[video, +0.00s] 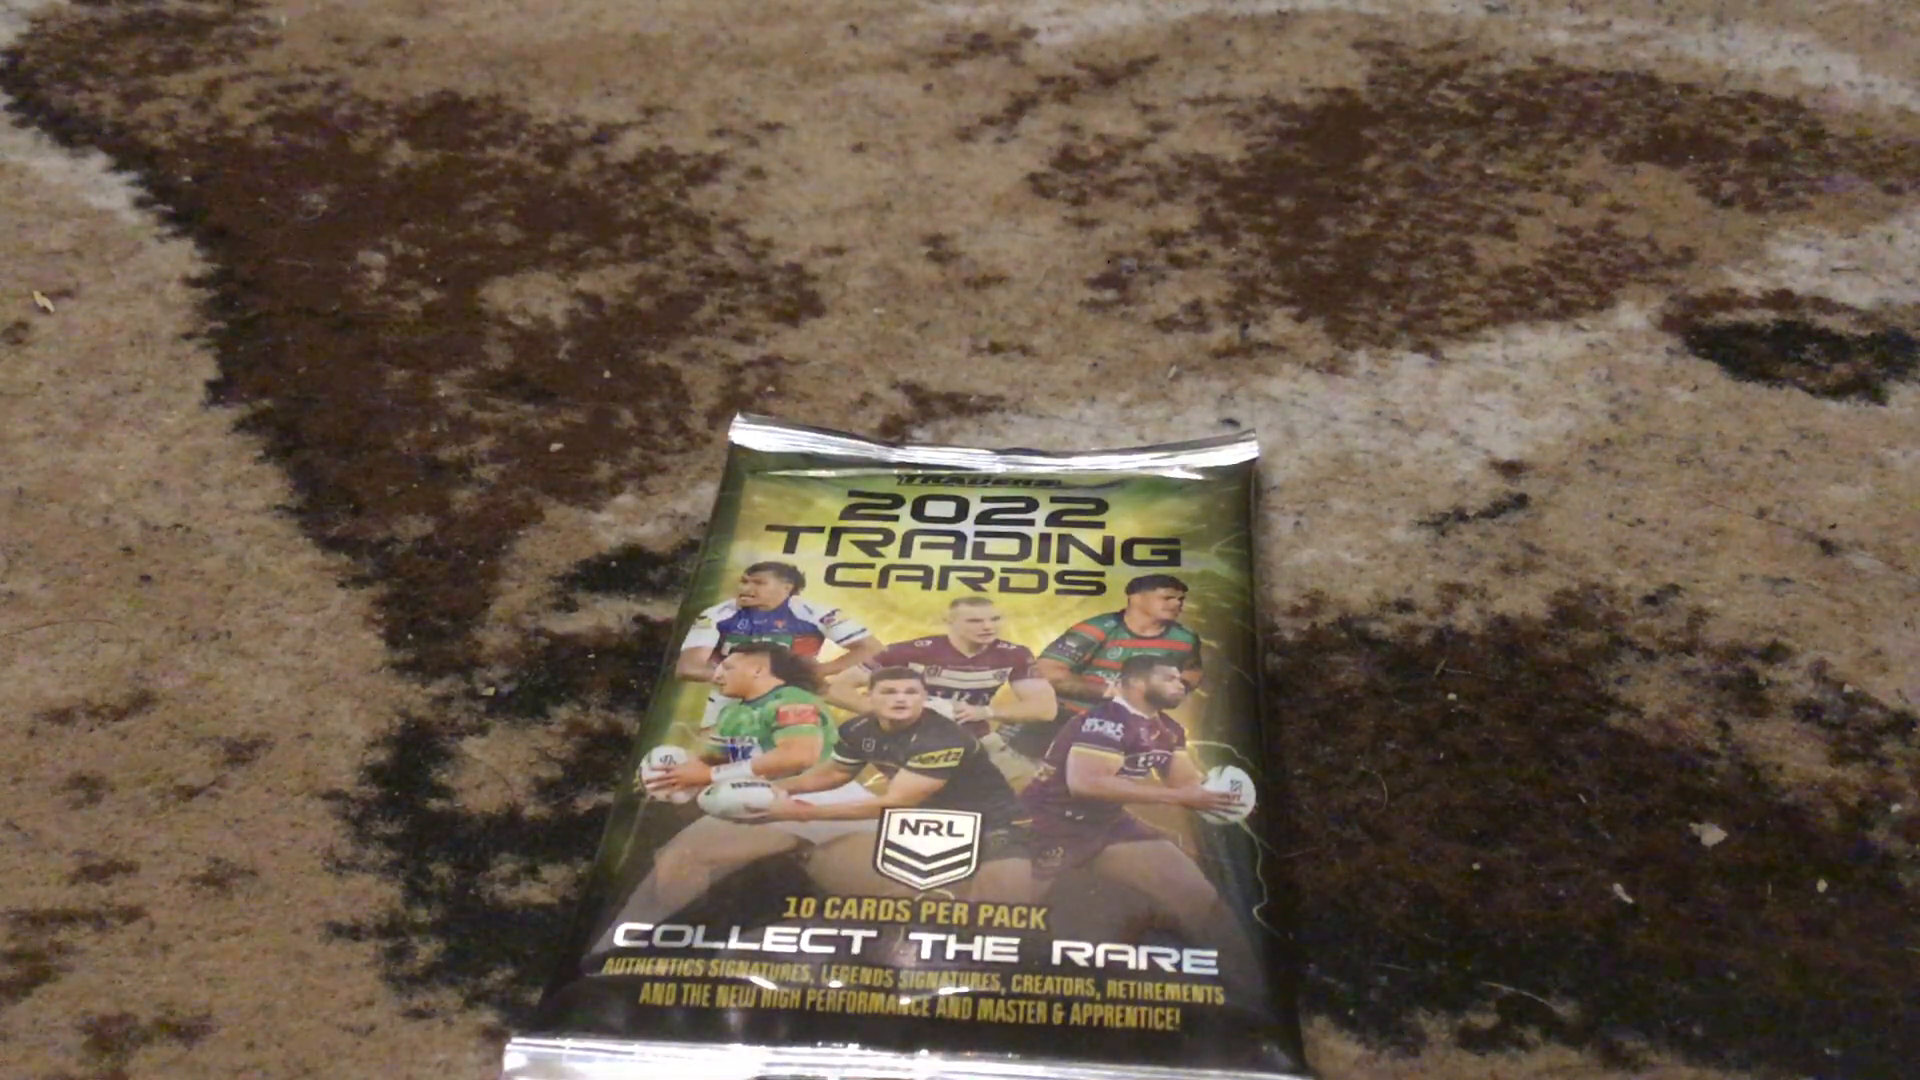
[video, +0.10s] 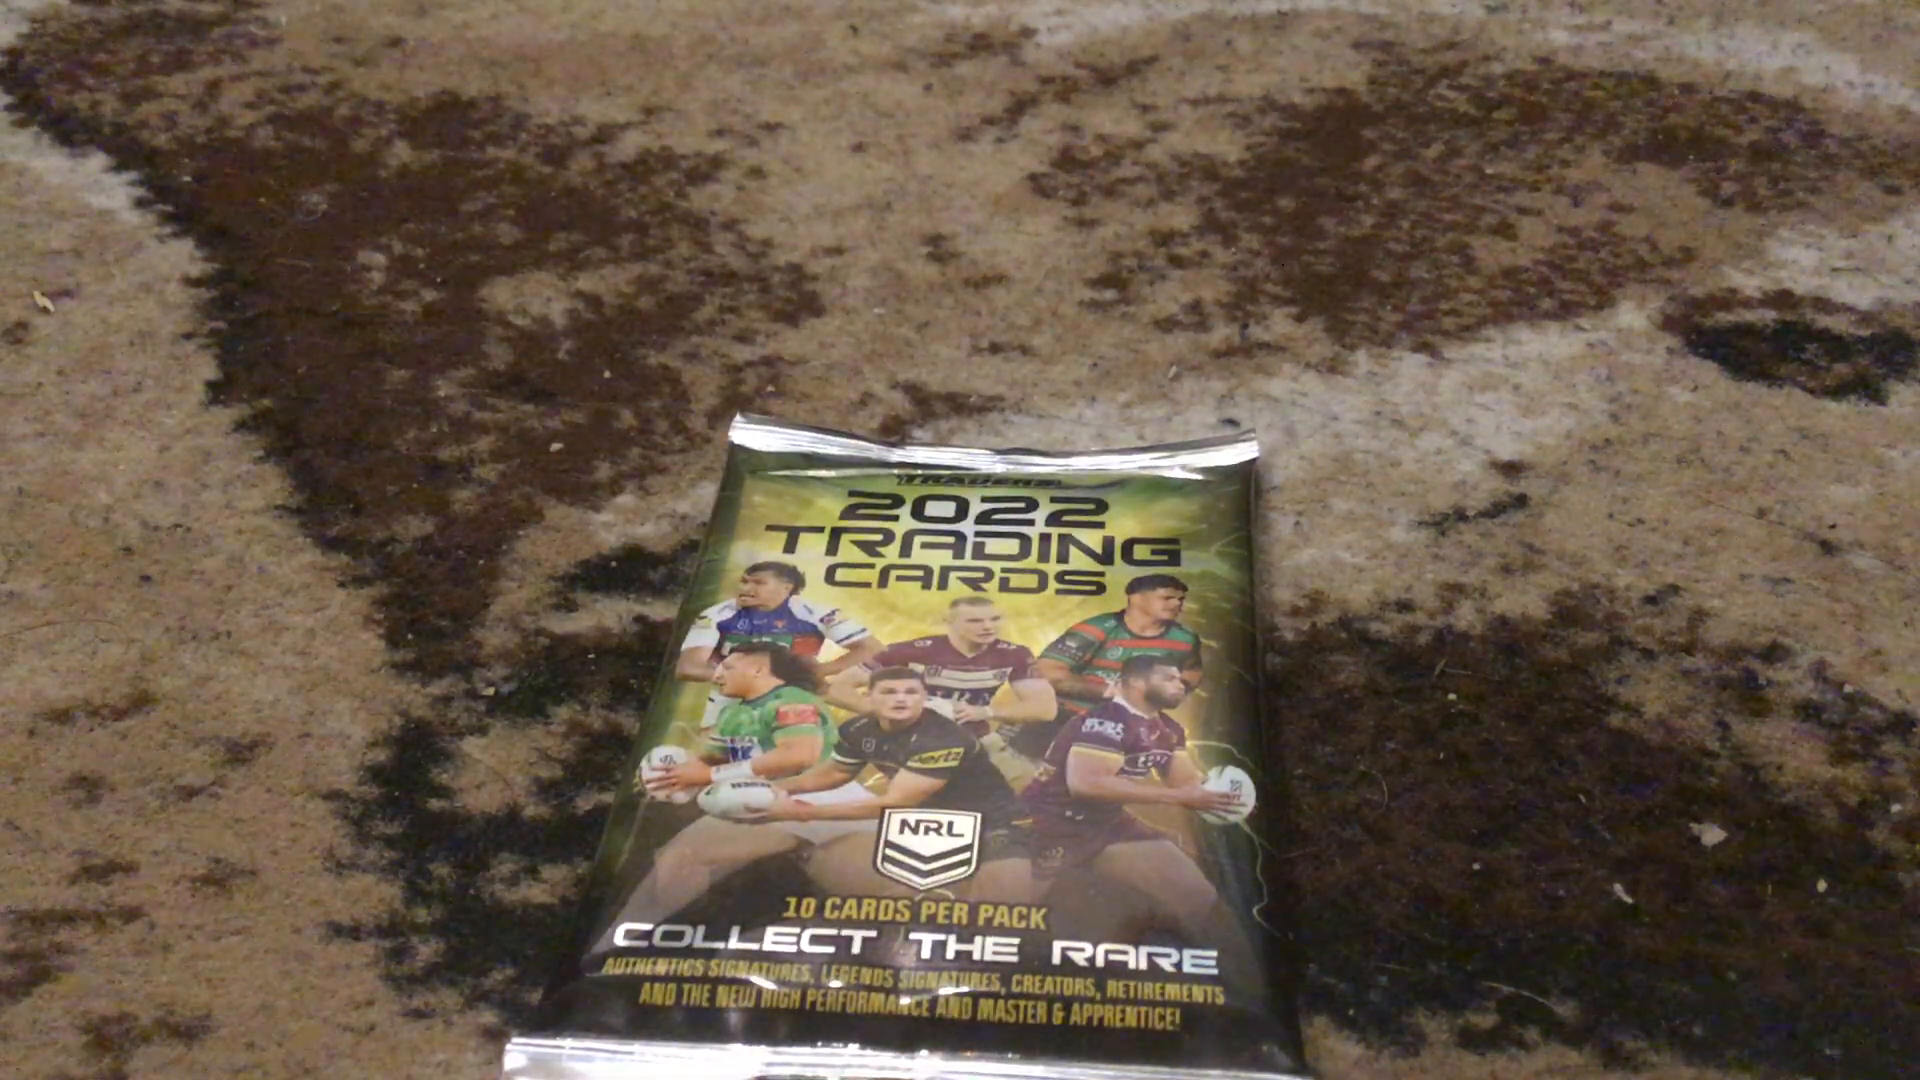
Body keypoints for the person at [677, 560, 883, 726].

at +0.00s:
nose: (747, 589)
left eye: (759, 583)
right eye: (745, 583)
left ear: (787, 588)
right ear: (740, 583)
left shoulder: (808, 613)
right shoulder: (719, 615)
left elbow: (871, 648)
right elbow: (687, 667)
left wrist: (820, 670)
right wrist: (738, 673)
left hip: (786, 717)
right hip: (724, 716)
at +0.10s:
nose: (748, 589)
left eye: (759, 583)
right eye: (746, 582)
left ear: (787, 588)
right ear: (740, 583)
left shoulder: (808, 613)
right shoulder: (720, 615)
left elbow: (871, 648)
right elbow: (686, 667)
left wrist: (819, 670)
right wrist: (736, 672)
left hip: (787, 717)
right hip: (724, 715)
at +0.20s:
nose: (747, 589)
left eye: (759, 583)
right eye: (745, 582)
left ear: (787, 588)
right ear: (740, 583)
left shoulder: (808, 613)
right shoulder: (719, 615)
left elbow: (871, 648)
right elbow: (687, 667)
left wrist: (819, 670)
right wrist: (740, 673)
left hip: (787, 717)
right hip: (724, 716)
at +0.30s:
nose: (747, 589)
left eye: (759, 583)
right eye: (746, 582)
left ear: (787, 588)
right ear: (740, 583)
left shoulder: (809, 613)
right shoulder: (720, 615)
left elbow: (871, 648)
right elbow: (686, 667)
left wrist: (819, 670)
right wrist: (739, 673)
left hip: (787, 716)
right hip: (725, 715)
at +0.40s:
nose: (747, 589)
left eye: (759, 583)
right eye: (745, 582)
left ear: (787, 588)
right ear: (740, 583)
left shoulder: (809, 613)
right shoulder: (720, 615)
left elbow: (871, 648)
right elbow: (686, 667)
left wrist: (819, 670)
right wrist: (737, 673)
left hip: (786, 715)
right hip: (724, 714)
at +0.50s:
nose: (747, 589)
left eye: (759, 583)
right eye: (745, 582)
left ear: (787, 588)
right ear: (740, 583)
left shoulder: (809, 613)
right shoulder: (720, 615)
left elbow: (871, 648)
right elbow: (687, 667)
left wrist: (820, 669)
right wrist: (742, 674)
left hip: (788, 716)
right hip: (725, 715)